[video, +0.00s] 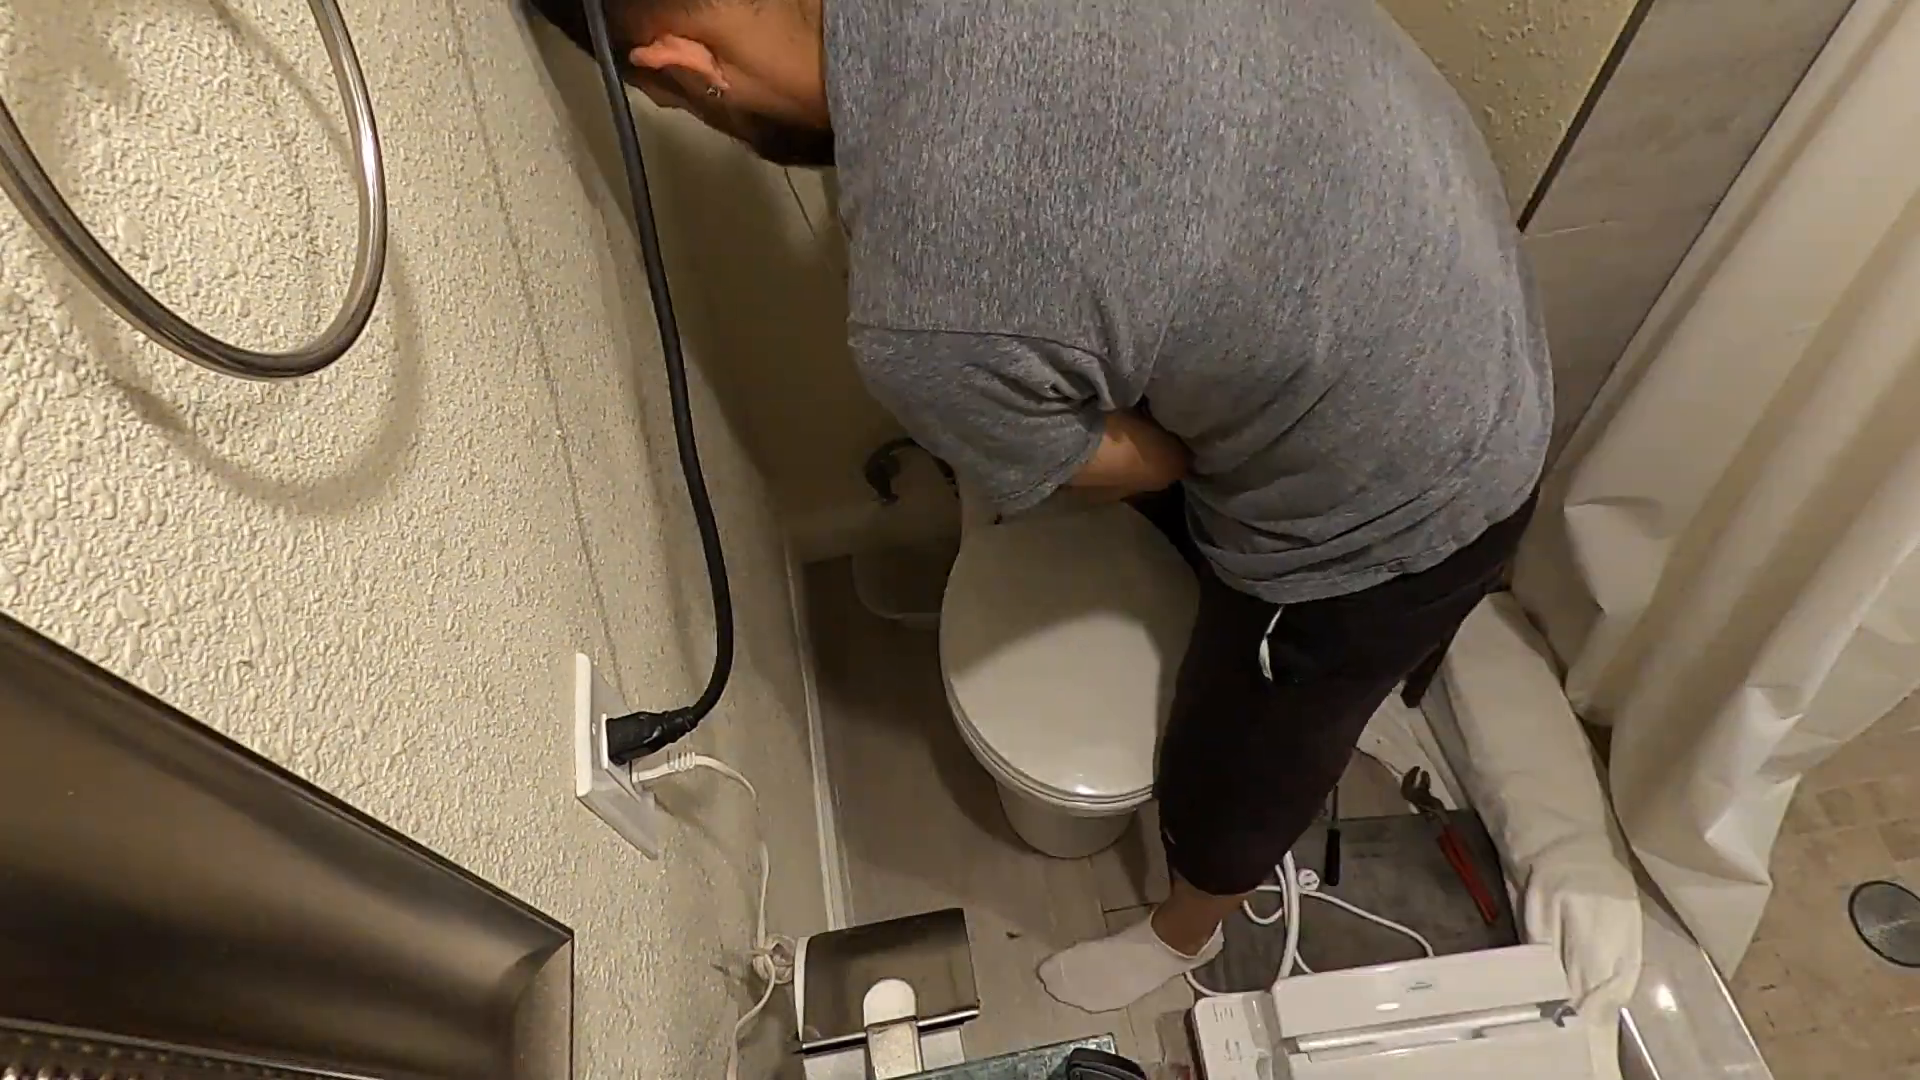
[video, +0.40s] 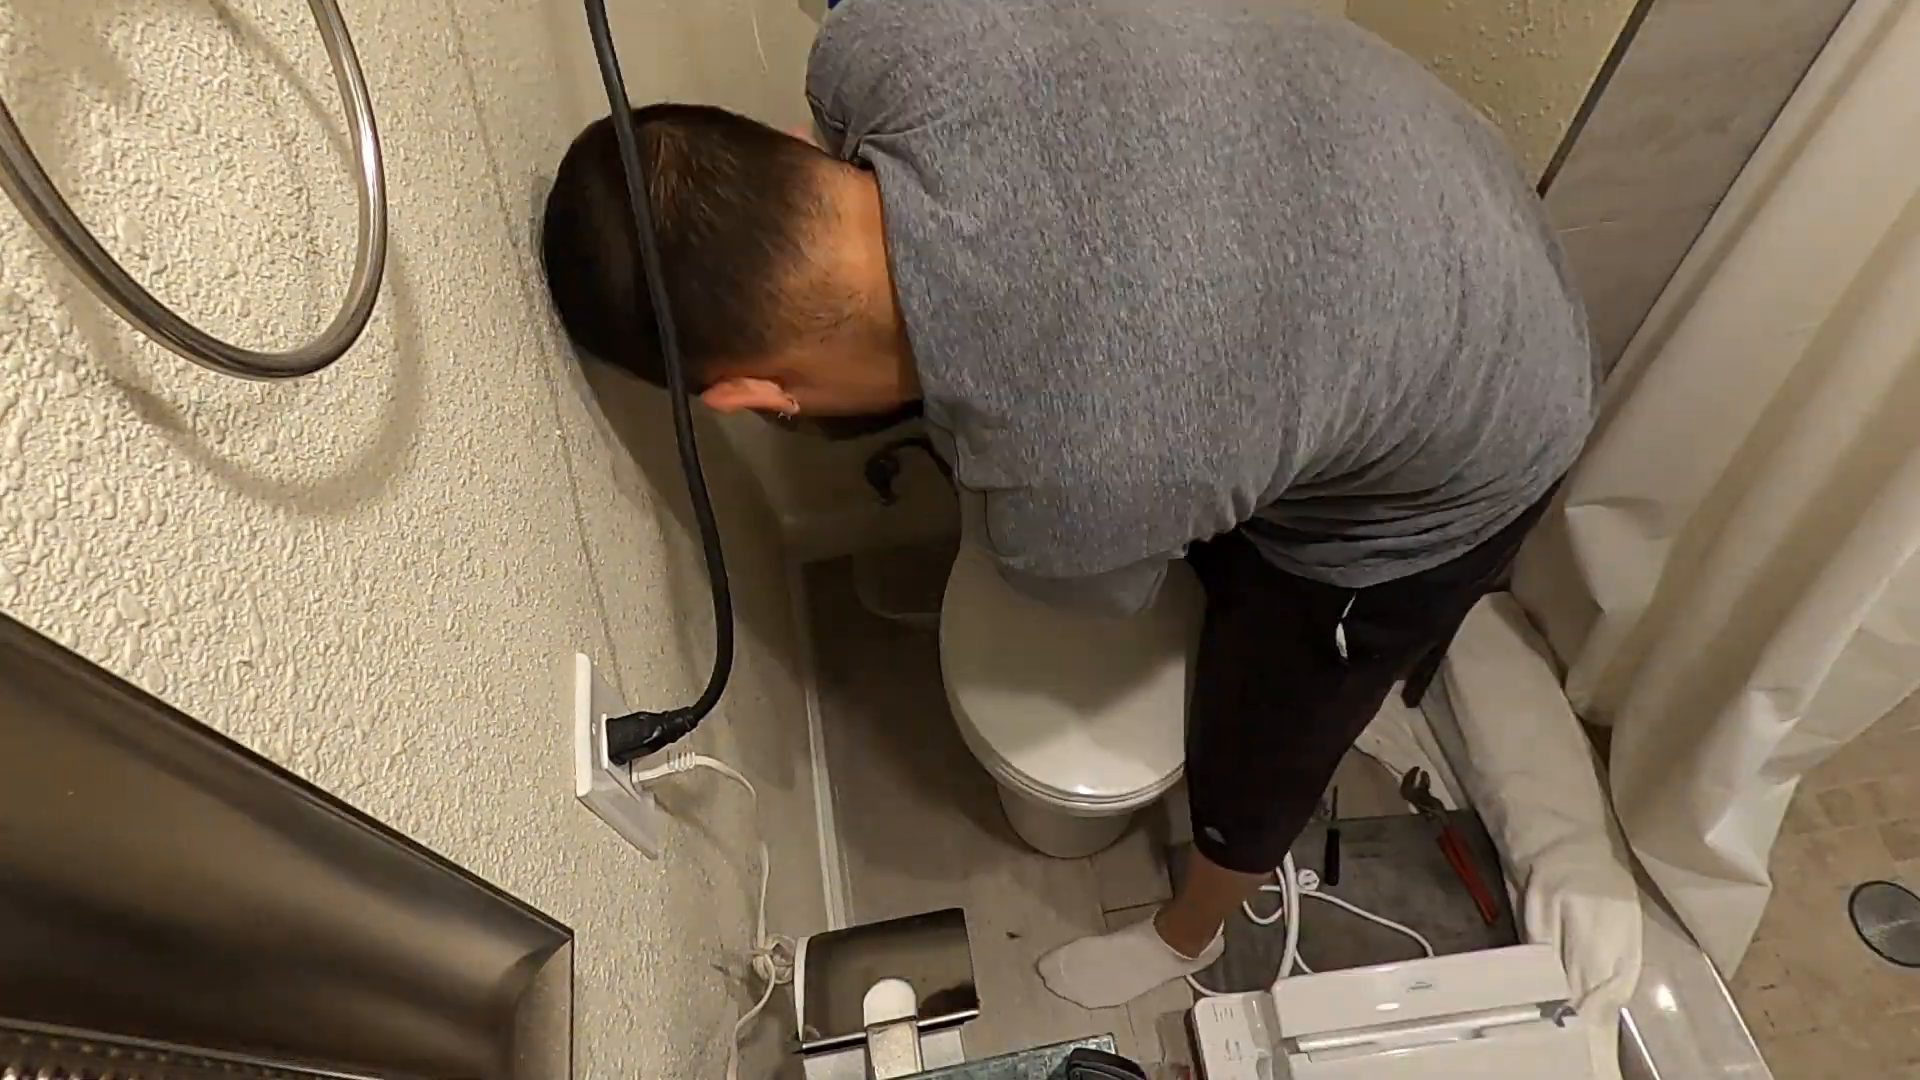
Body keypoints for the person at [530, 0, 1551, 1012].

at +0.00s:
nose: (701, 121)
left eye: (663, 95)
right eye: (670, 101)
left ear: (689, 60)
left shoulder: (928, 317)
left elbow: (1149, 462)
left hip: (1394, 488)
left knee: (1236, 768)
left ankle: (1181, 941)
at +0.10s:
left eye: (585, 43)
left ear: (601, 21)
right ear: (615, 6)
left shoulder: (786, 313)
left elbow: (946, 467)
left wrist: (991, 485)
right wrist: (996, 449)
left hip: (1362, 495)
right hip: (1436, 270)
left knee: (1222, 769)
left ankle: (1179, 938)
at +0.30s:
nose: (687, 205)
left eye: (648, 172)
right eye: (657, 178)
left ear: (666, 143)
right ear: (752, 1)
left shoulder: (898, 382)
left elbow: (1001, 518)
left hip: (1413, 502)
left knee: (1236, 773)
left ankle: (1175, 941)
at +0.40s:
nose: (742, 408)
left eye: (716, 391)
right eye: (713, 394)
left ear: (753, 399)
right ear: (752, 119)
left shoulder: (1077, 491)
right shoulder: (888, 35)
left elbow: (1091, 591)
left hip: (1485, 405)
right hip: (1429, 128)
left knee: (1257, 750)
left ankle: (1197, 924)